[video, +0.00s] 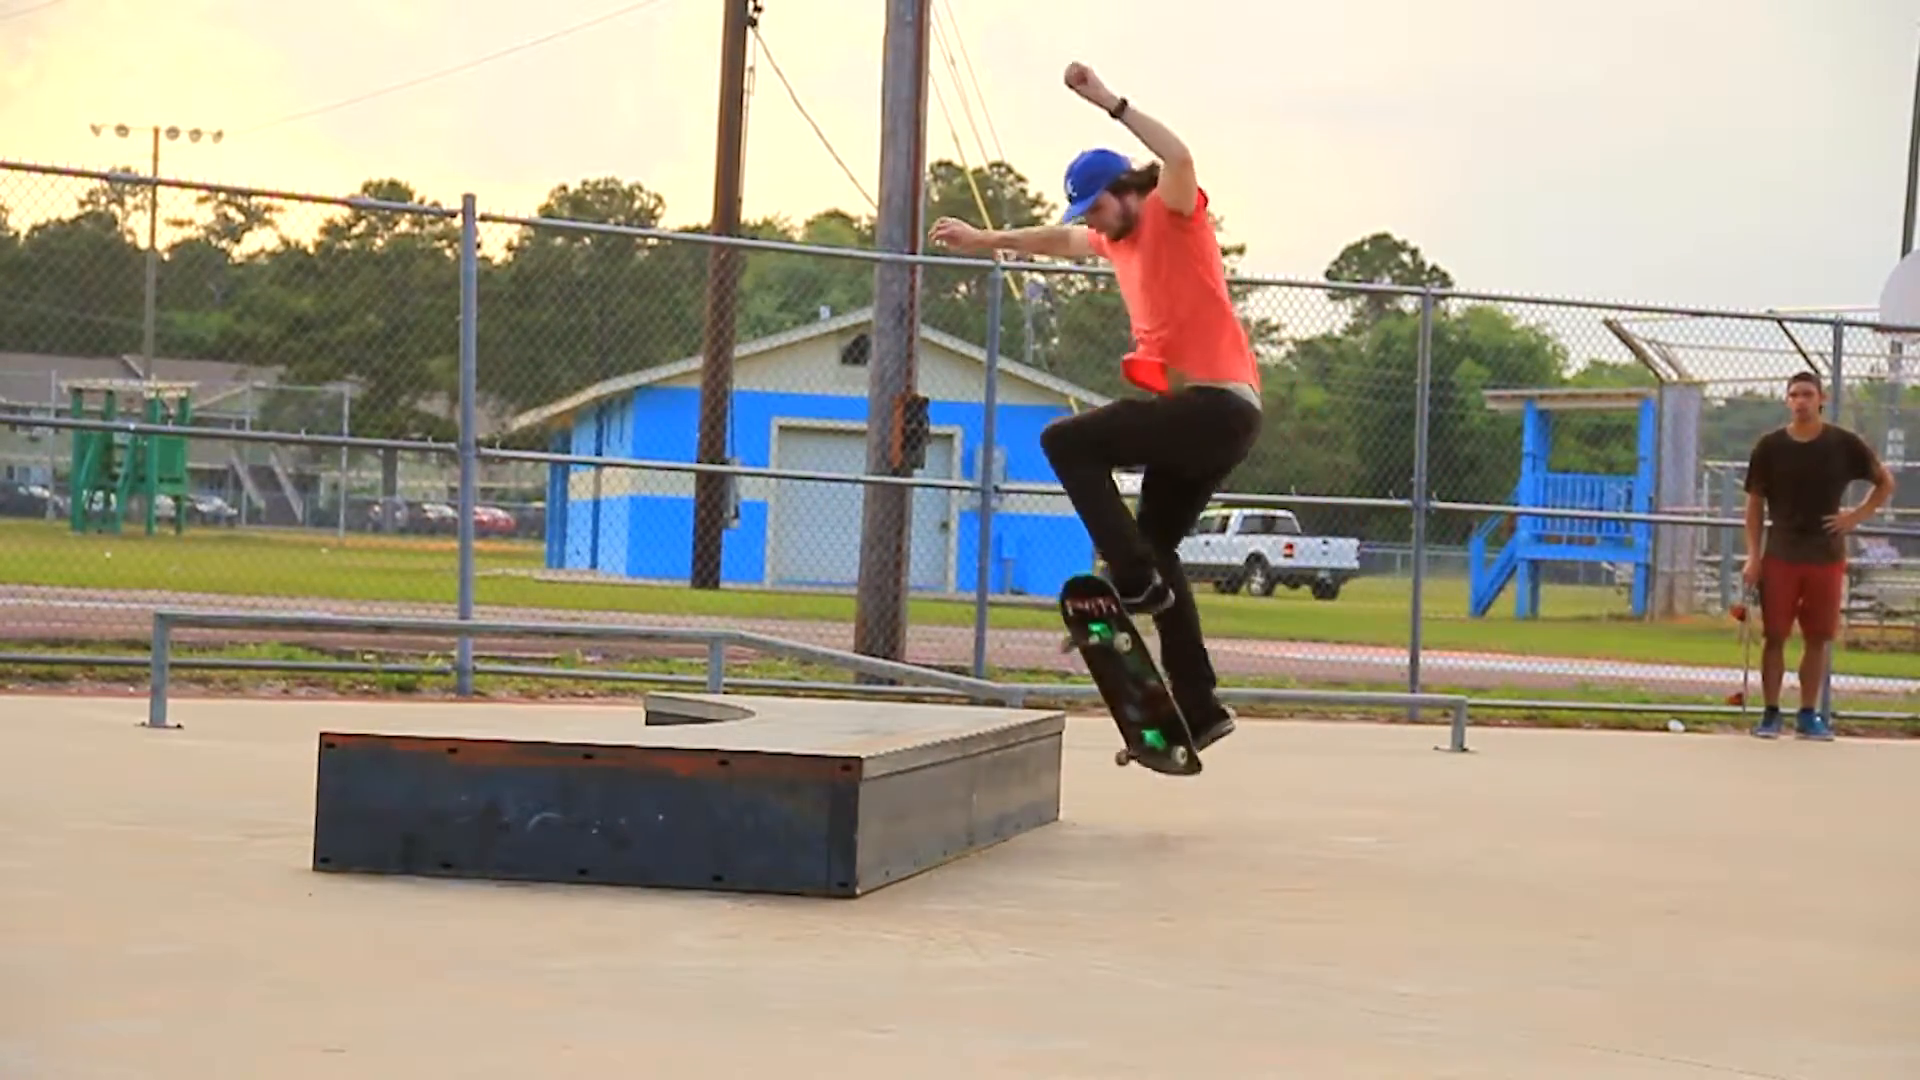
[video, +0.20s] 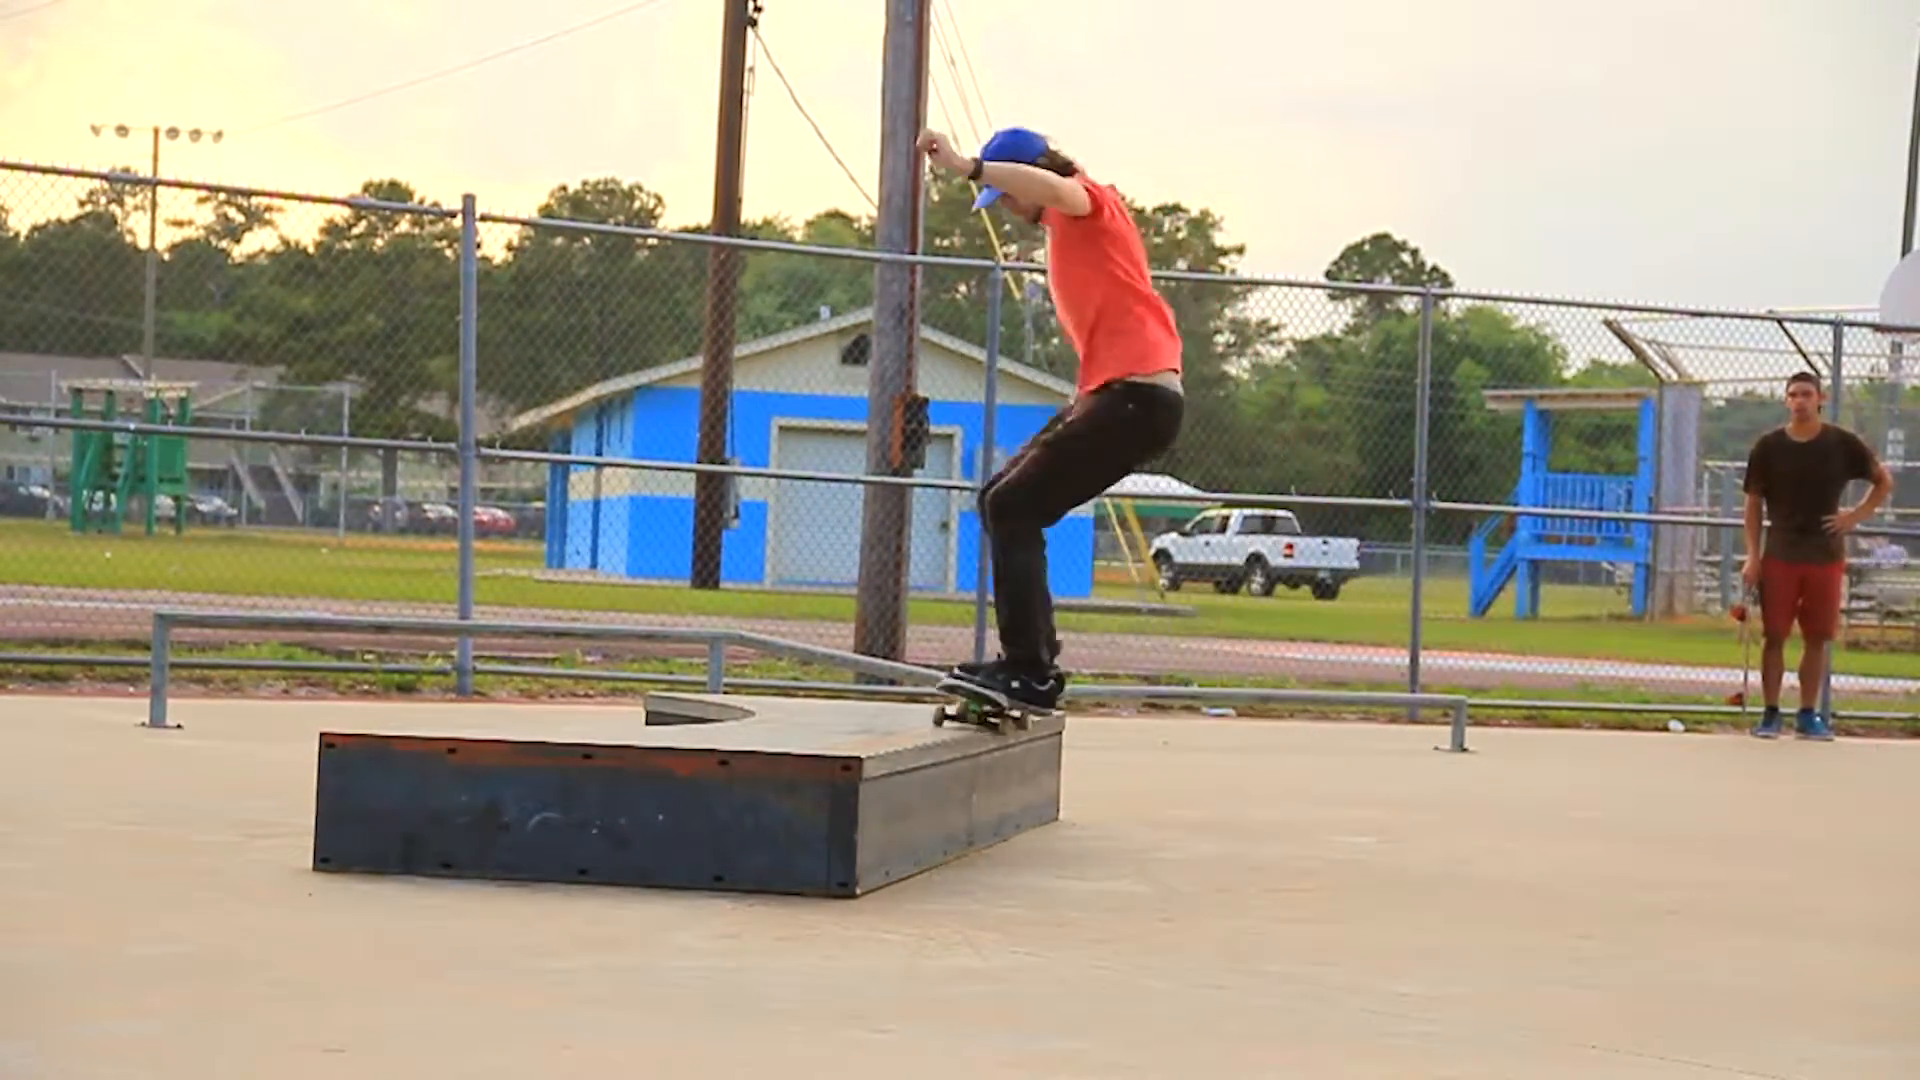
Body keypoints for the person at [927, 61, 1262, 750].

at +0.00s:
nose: (1092, 223)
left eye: (1094, 209)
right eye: (1085, 214)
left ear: (1123, 187)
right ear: (1092, 205)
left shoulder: (1174, 212)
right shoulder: (1112, 236)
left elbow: (1178, 158)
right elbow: (1059, 239)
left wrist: (1112, 102)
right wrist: (986, 239)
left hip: (1218, 403)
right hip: (1201, 409)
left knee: (1067, 440)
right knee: (1150, 550)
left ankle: (1136, 574)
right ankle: (1200, 709)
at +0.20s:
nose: (1008, 211)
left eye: (1006, 197)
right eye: (1000, 203)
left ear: (1033, 171)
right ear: (1041, 169)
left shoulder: (1091, 198)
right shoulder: (1074, 223)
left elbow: (1059, 189)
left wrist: (970, 166)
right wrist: (1075, 412)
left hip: (1139, 397)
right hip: (1118, 395)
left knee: (1012, 506)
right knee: (1000, 500)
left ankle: (1030, 671)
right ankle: (1026, 661)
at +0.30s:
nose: (982, 208)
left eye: (981, 194)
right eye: (974, 200)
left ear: (1007, 172)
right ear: (1012, 173)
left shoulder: (1058, 208)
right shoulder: (1070, 219)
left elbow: (1031, 191)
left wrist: (938, 158)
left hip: (1102, 410)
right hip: (1070, 409)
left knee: (974, 508)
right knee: (947, 514)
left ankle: (1010, 668)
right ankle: (1010, 657)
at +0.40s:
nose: (956, 194)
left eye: (958, 177)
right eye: (948, 185)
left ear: (989, 153)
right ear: (961, 179)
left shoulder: (1041, 202)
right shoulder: (1011, 225)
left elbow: (1015, 162)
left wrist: (938, 129)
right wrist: (1008, 407)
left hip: (1081, 400)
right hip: (1044, 402)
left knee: (951, 500)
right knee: (923, 511)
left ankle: (992, 667)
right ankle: (992, 655)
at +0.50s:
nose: (939, 179)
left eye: (943, 163)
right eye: (932, 169)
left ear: (976, 144)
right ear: (939, 165)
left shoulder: (1026, 185)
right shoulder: (989, 209)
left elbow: (1015, 143)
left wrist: (945, 97)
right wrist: (996, 399)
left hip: (1068, 391)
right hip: (1030, 392)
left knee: (931, 498)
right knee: (910, 504)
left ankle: (978, 667)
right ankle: (975, 658)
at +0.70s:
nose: (945, 141)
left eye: (950, 125)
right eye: (937, 132)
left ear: (982, 103)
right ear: (939, 128)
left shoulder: (1030, 143)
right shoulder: (974, 178)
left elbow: (1059, 96)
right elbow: (958, 220)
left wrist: (1035, 31)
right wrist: (891, 209)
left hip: (1046, 379)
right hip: (1000, 377)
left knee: (912, 501)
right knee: (879, 502)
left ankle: (948, 685)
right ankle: (944, 665)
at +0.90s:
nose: (972, 87)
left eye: (978, 70)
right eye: (963, 76)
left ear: (1010, 46)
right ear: (959, 68)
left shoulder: (1064, 65)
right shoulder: (976, 109)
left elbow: (1105, 3)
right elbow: (943, 116)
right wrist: (885, 116)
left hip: (1087, 313)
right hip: (1038, 320)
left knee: (955, 381)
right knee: (936, 485)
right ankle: (924, 641)